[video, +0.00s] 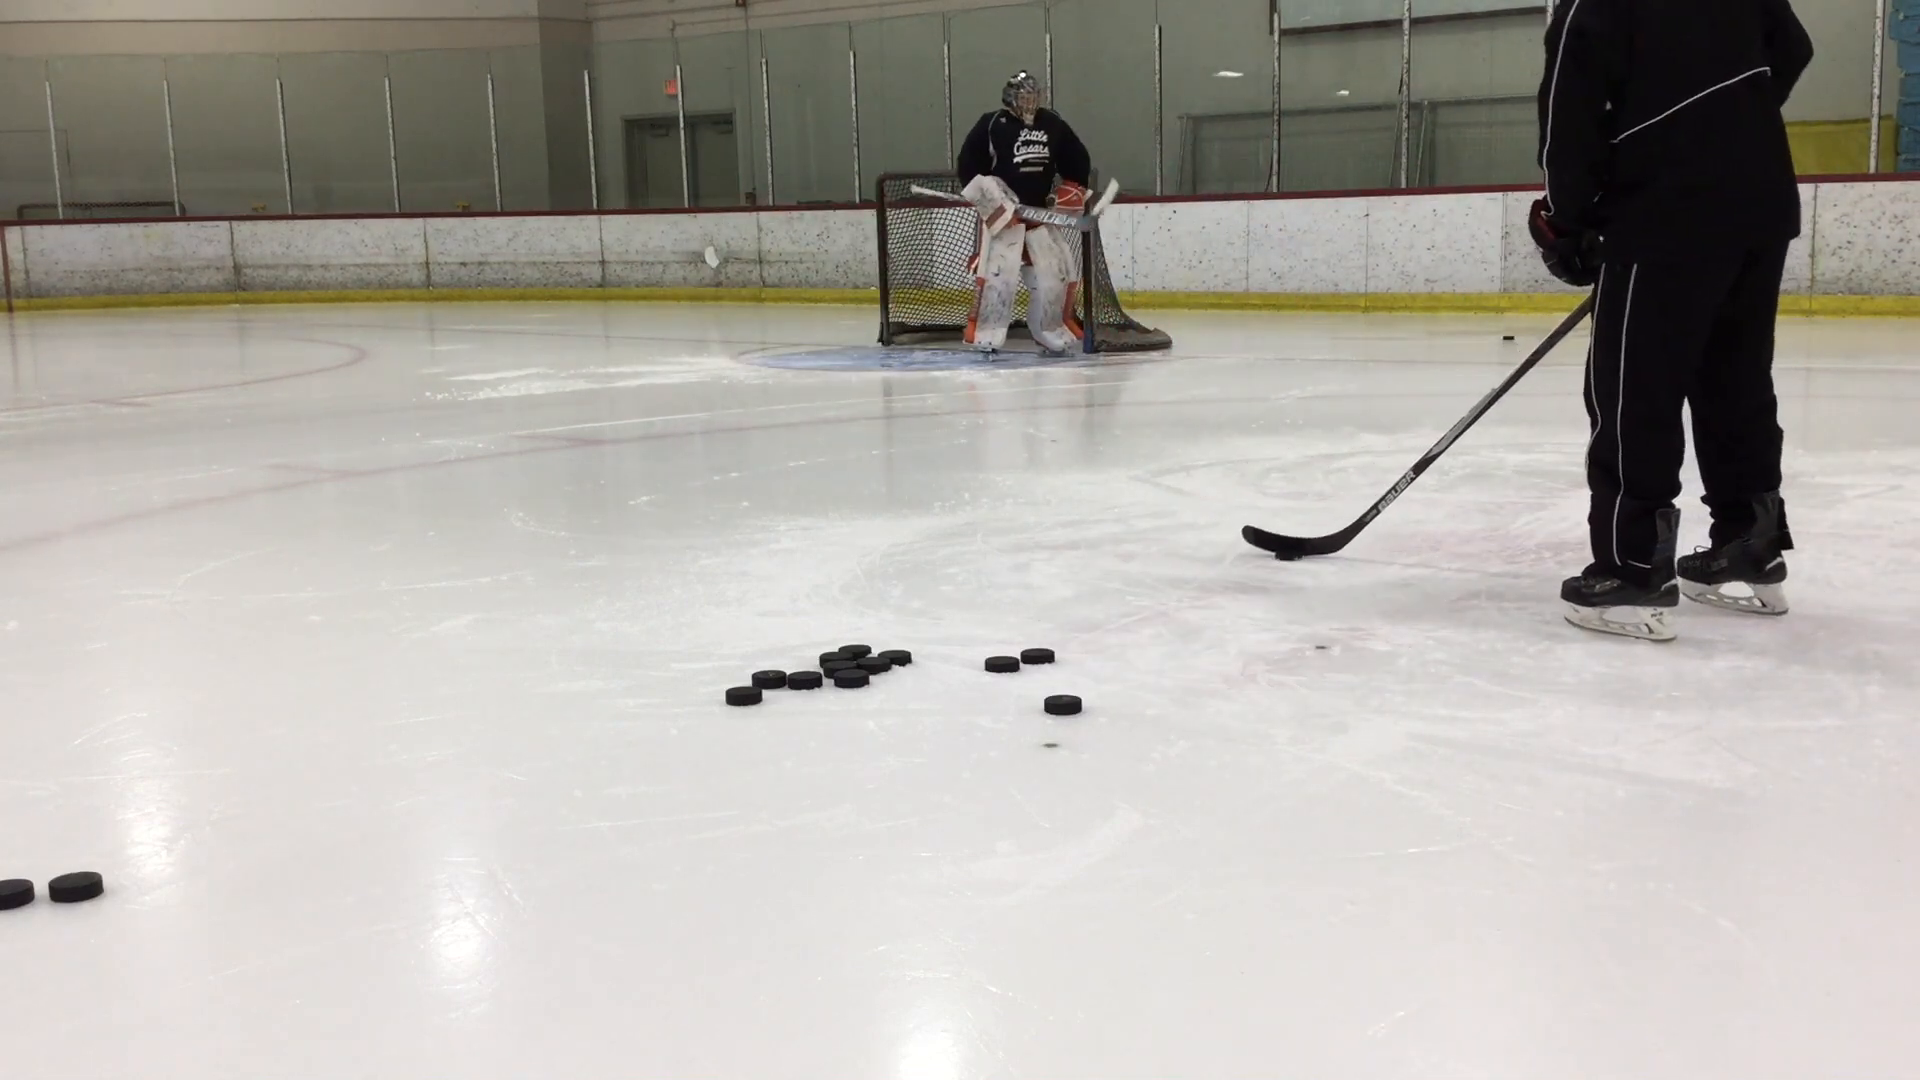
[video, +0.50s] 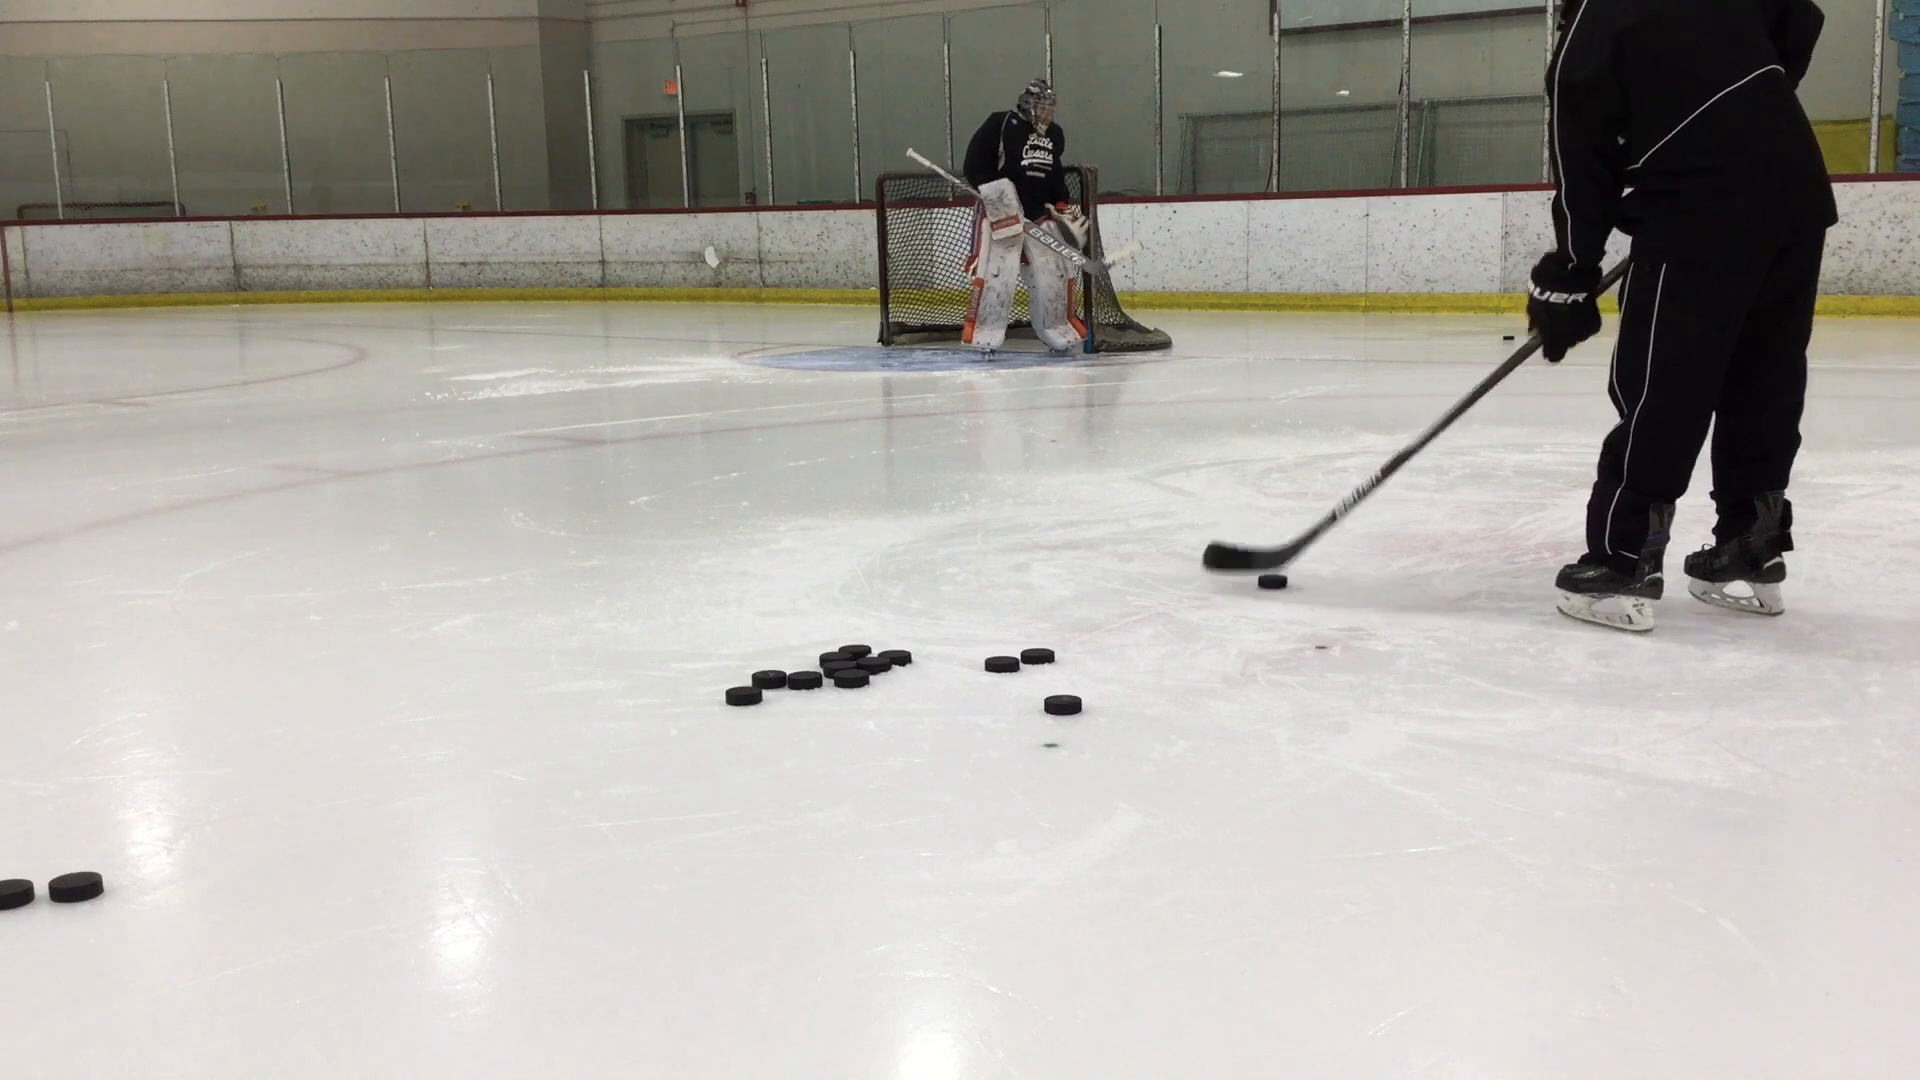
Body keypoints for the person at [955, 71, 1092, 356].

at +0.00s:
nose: (1029, 100)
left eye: (1033, 94)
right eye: (1023, 95)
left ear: (1039, 96)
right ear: (1010, 97)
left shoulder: (1052, 124)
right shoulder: (991, 125)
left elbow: (1078, 160)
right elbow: (968, 164)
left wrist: (1069, 197)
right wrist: (990, 201)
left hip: (1044, 215)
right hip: (1002, 215)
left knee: (1054, 276)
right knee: (999, 277)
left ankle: (1052, 337)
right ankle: (987, 340)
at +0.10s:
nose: (1029, 102)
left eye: (1033, 96)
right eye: (1023, 97)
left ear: (1039, 98)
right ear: (1009, 98)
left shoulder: (1050, 126)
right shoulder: (989, 125)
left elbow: (1076, 160)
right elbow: (966, 163)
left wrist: (1078, 196)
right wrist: (986, 200)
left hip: (1042, 213)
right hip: (999, 213)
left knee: (1050, 276)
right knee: (995, 276)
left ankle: (1051, 337)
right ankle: (984, 340)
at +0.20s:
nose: (1030, 105)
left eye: (1034, 99)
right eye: (1024, 99)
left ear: (1039, 101)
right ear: (1010, 100)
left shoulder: (1047, 127)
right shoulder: (988, 125)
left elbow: (1067, 166)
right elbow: (965, 166)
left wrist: (1080, 197)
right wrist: (989, 206)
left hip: (1038, 217)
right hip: (997, 216)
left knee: (1049, 277)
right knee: (992, 278)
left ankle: (1053, 338)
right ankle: (981, 341)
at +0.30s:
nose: (1033, 108)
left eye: (1037, 102)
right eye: (1027, 102)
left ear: (1041, 103)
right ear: (1013, 102)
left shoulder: (1048, 128)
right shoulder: (989, 125)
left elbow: (1057, 169)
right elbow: (966, 167)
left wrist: (1068, 202)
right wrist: (990, 205)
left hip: (1039, 216)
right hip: (998, 215)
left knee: (1049, 276)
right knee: (993, 278)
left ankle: (1053, 338)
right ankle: (983, 341)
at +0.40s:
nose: (1042, 109)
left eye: (1044, 103)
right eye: (1036, 104)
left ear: (1046, 104)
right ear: (1020, 103)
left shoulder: (1051, 131)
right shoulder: (994, 124)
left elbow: (1055, 170)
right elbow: (970, 166)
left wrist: (1060, 207)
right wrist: (995, 206)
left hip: (1039, 215)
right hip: (999, 215)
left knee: (1051, 276)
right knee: (994, 277)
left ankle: (1058, 340)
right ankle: (983, 341)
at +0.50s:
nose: (1049, 111)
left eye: (1051, 105)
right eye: (1044, 105)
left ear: (1052, 107)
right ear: (1028, 104)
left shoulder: (1054, 134)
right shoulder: (1000, 123)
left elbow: (1054, 172)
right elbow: (974, 166)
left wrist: (1062, 204)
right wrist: (998, 204)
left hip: (1040, 215)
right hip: (1001, 215)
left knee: (1053, 273)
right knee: (997, 275)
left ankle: (1060, 337)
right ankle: (986, 340)